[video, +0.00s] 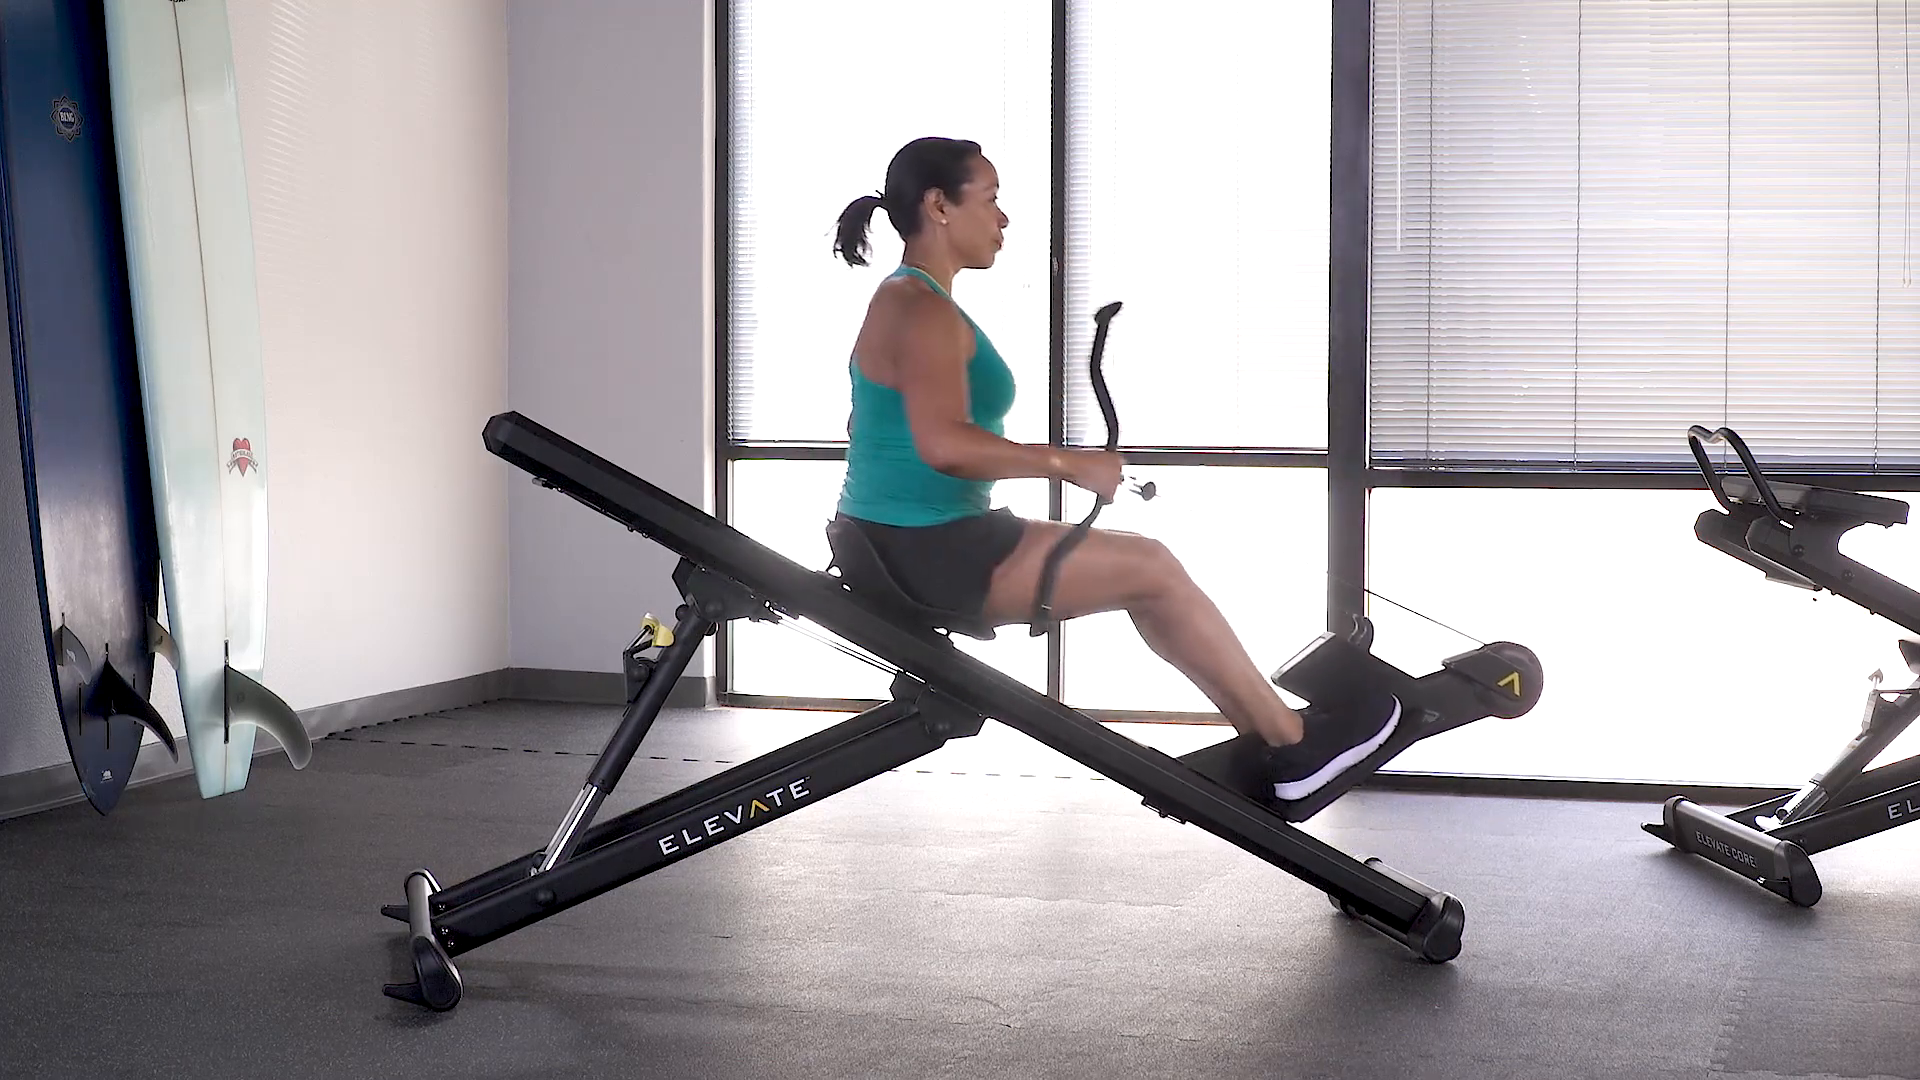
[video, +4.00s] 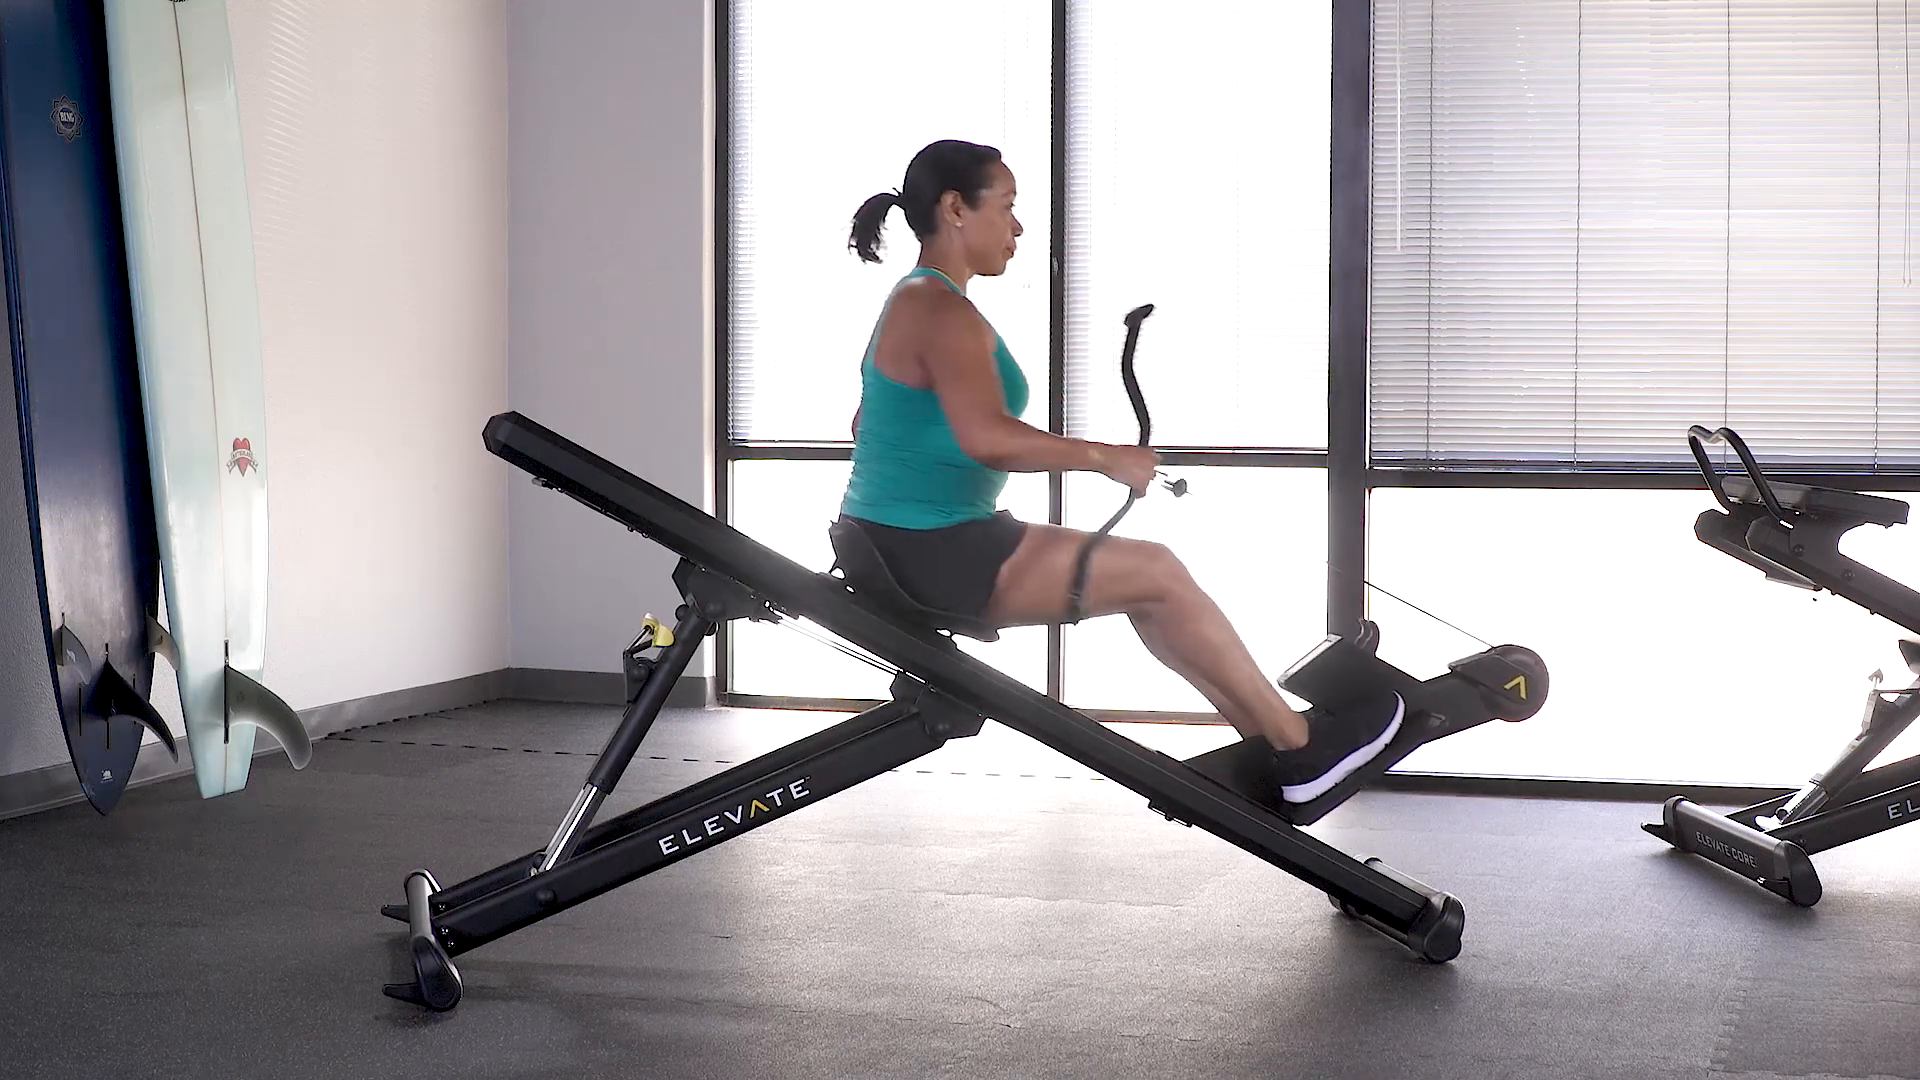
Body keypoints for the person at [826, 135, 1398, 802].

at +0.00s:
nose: (1004, 218)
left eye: (998, 201)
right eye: (991, 201)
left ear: (935, 211)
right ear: (937, 210)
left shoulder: (911, 304)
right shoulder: (922, 314)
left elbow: (942, 445)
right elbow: (942, 443)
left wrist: (1050, 465)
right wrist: (1067, 461)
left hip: (908, 542)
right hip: (917, 551)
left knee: (1144, 568)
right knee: (1151, 566)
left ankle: (1268, 727)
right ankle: (1291, 743)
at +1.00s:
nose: (1169, 291)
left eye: (1163, 273)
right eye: (1155, 274)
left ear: (1097, 290)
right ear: (1104, 288)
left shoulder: (1045, 376)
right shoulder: (1150, 394)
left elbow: (987, 483)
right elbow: (1262, 514)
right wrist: (1369, 576)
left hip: (995, 606)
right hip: (1064, 619)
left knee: (1253, 583)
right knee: (1276, 581)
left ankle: (1331, 760)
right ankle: (1369, 773)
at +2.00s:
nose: (1013, 225)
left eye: (1010, 207)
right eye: (1002, 207)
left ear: (948, 213)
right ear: (950, 210)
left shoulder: (916, 303)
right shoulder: (936, 312)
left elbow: (976, 439)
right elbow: (985, 438)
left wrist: (1084, 460)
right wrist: (1103, 466)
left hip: (907, 544)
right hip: (919, 550)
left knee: (1146, 576)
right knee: (1152, 575)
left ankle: (1275, 731)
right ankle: (1300, 750)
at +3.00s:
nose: (1164, 293)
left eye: (1159, 276)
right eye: (1151, 276)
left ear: (1092, 287)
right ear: (1101, 285)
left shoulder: (1039, 374)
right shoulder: (1145, 394)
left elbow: (975, 485)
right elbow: (1264, 510)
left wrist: (1035, 553)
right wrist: (1371, 570)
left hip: (995, 605)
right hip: (1062, 618)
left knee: (1251, 584)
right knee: (1274, 582)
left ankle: (1332, 760)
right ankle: (1371, 776)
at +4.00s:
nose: (1018, 223)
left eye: (1014, 205)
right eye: (1007, 205)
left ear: (953, 213)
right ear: (954, 210)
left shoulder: (915, 303)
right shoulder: (942, 311)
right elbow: (984, 435)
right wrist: (1102, 458)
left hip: (901, 542)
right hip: (922, 549)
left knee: (1145, 581)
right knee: (1156, 571)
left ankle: (1269, 732)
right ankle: (1297, 744)